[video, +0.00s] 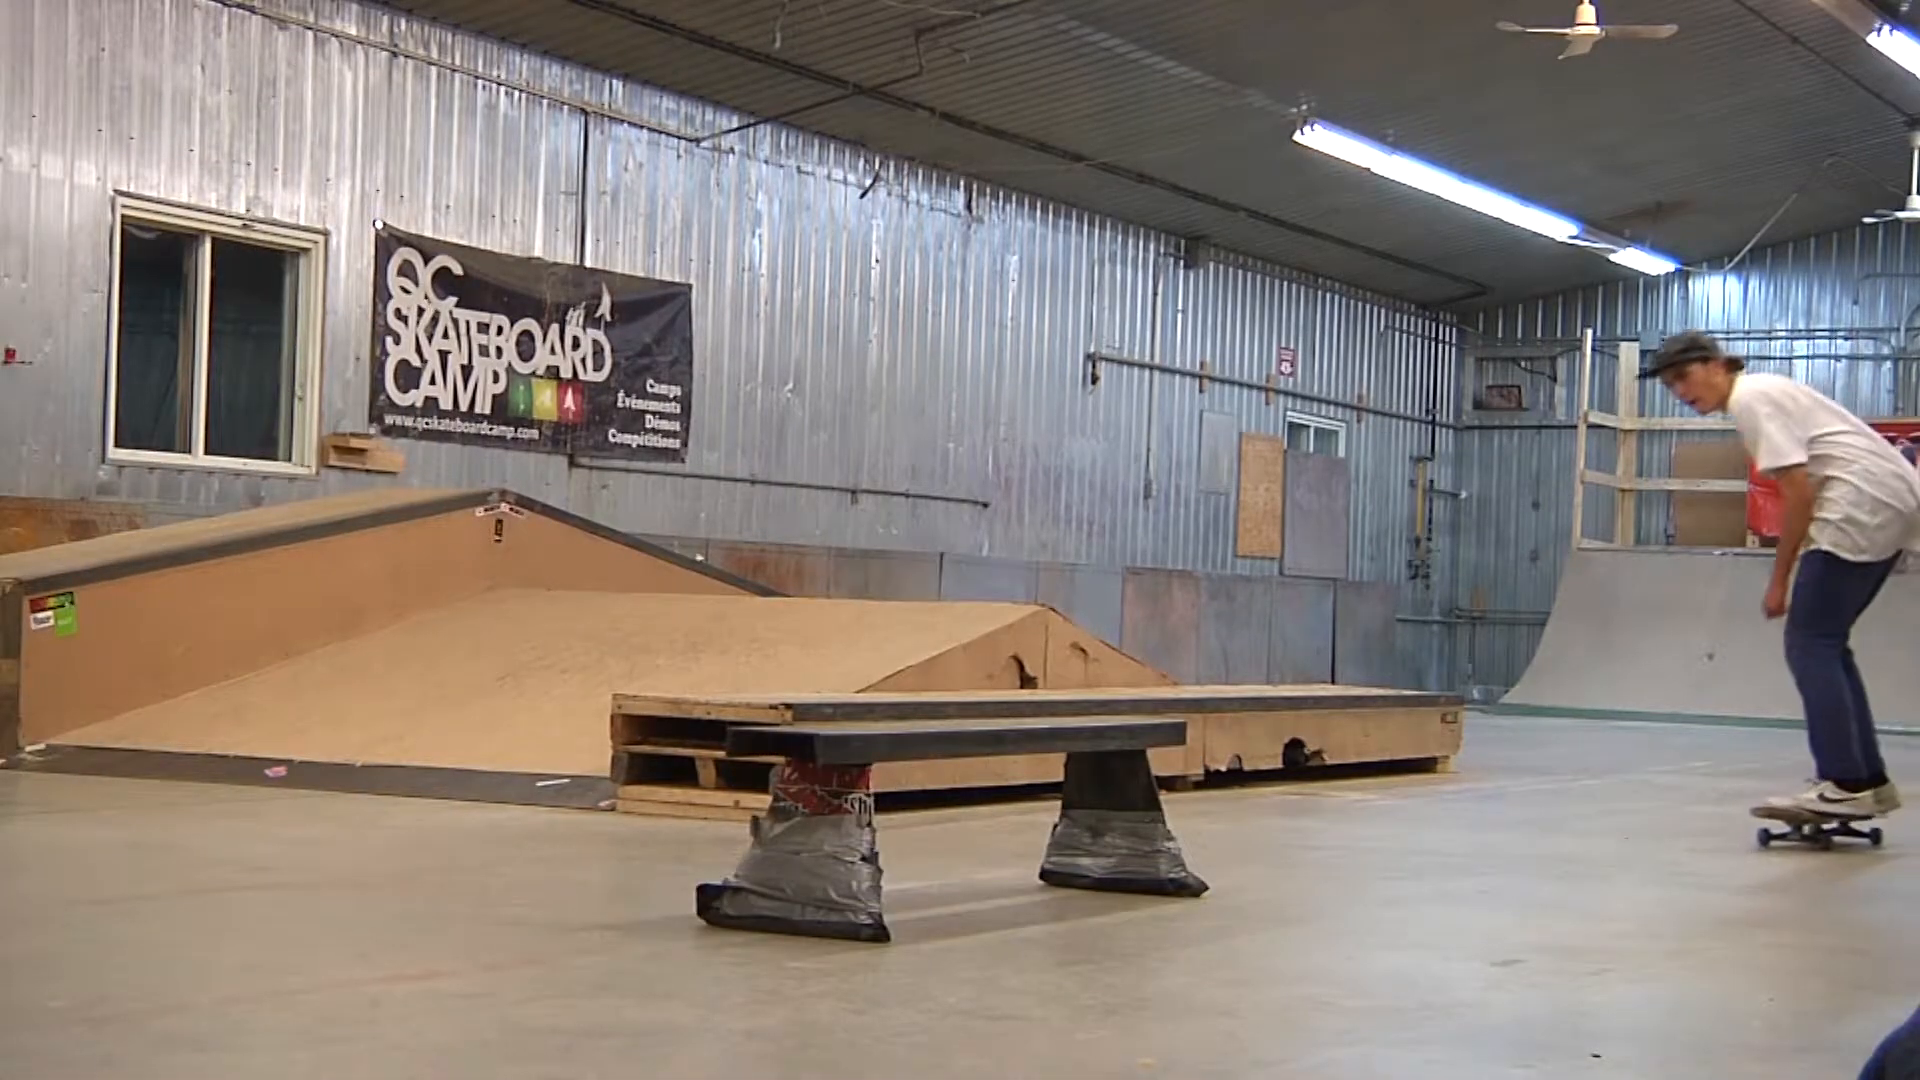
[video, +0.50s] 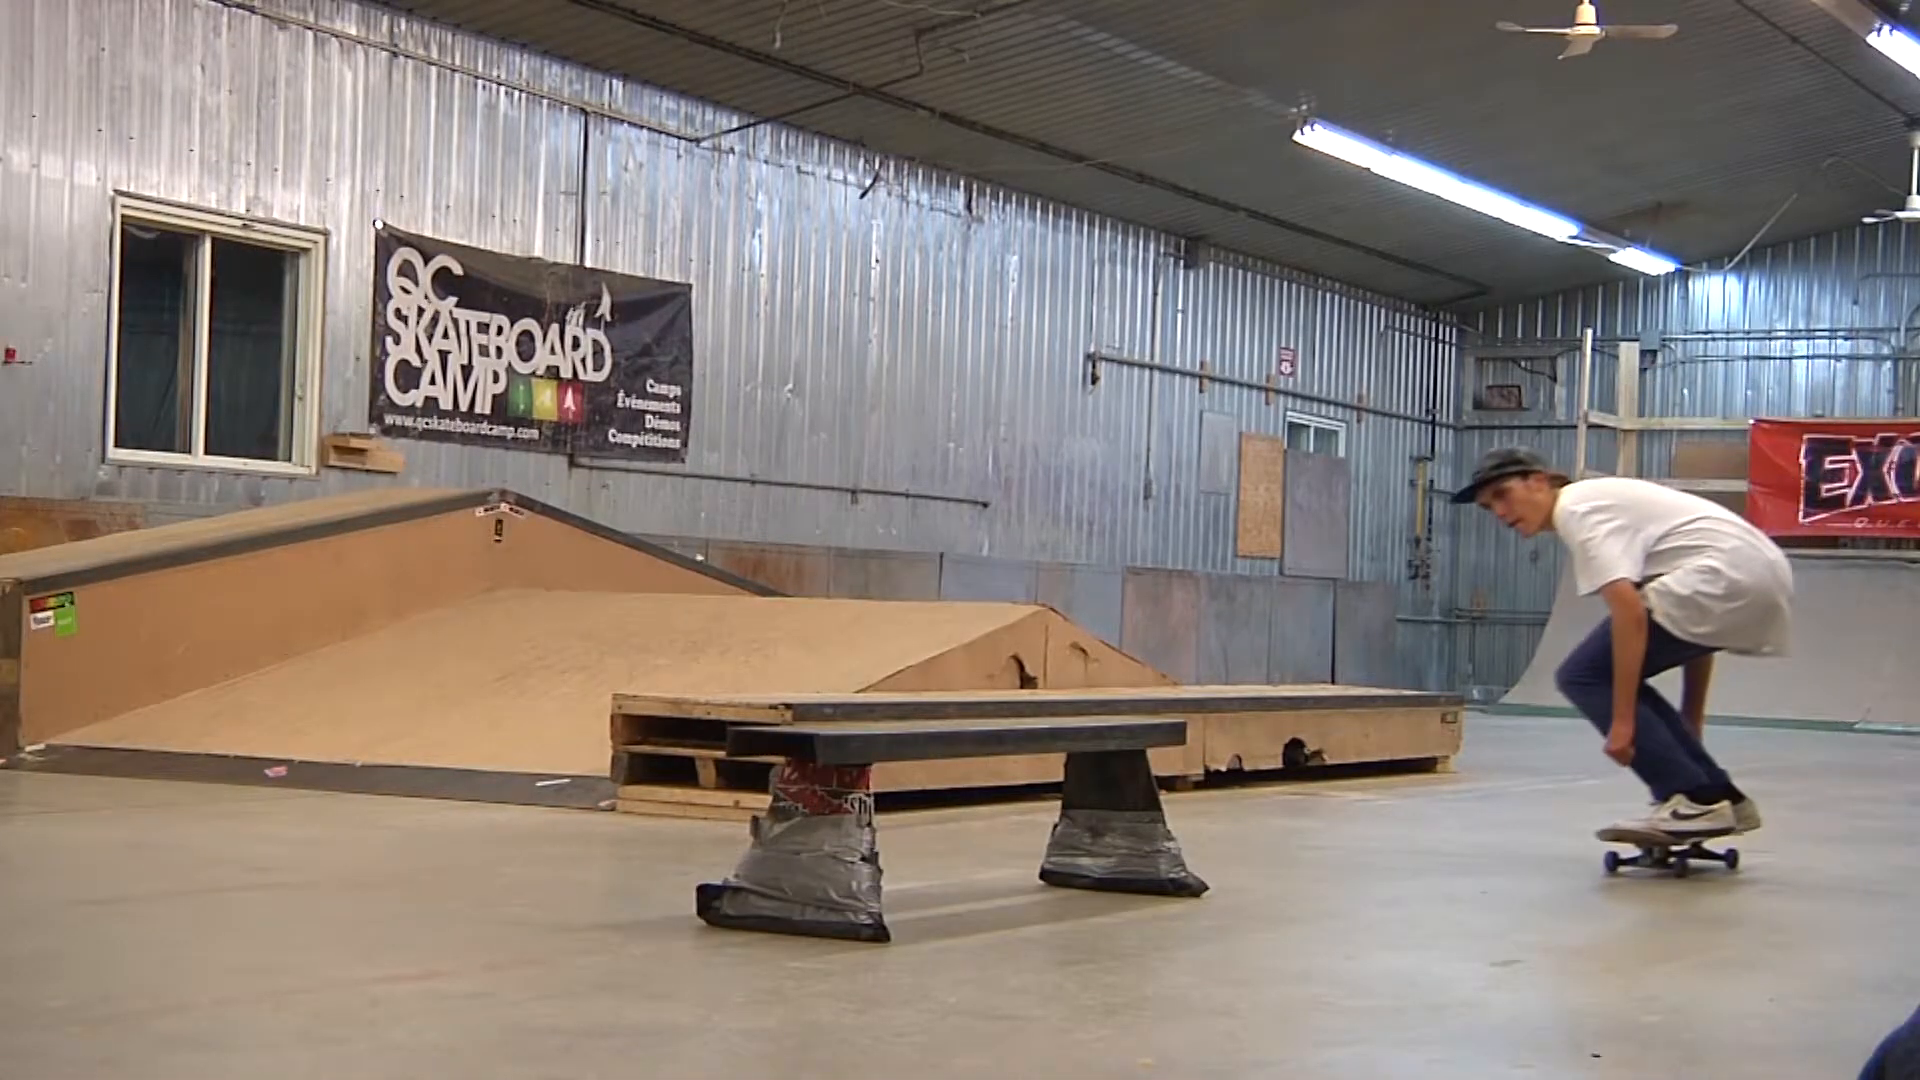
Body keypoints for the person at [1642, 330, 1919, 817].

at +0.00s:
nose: (1681, 393)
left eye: (1684, 377)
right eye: (1673, 385)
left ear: (1715, 364)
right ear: (1719, 372)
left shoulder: (1752, 398)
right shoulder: (1764, 391)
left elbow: (1799, 491)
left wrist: (1779, 579)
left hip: (1861, 505)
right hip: (1885, 501)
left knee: (1807, 643)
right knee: (1826, 642)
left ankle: (1845, 785)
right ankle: (1867, 781)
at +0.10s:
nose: (1644, 426)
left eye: (1647, 410)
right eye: (1635, 419)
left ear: (1679, 397)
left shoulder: (1716, 428)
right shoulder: (1731, 421)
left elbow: (1755, 534)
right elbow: (1765, 534)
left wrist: (1742, 626)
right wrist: (1749, 623)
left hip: (1840, 517)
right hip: (1873, 513)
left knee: (1772, 651)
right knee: (1795, 650)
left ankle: (1819, 793)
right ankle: (1841, 790)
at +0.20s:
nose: (1610, 458)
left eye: (1612, 442)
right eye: (1602, 451)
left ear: (1645, 427)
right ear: (1649, 433)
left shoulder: (1685, 456)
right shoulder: (1699, 450)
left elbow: (1723, 565)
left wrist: (1709, 662)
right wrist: (1776, 675)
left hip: (1820, 526)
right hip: (1849, 523)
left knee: (1730, 653)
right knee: (1749, 655)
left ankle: (1789, 793)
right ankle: (1810, 791)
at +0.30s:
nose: (1574, 481)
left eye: (1577, 464)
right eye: (1566, 475)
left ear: (1612, 449)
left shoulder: (1650, 477)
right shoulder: (1670, 469)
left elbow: (1694, 583)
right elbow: (1747, 601)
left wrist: (1681, 686)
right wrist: (1750, 690)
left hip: (1790, 547)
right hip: (1821, 543)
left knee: (1669, 660)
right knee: (1701, 661)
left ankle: (1759, 795)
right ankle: (1779, 794)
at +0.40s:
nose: (1539, 501)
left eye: (1541, 483)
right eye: (1530, 495)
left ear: (1575, 466)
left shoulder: (1613, 493)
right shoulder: (1637, 485)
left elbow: (1662, 599)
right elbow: (1724, 621)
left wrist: (1651, 707)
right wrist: (1722, 712)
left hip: (1755, 566)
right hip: (1788, 563)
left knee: (1623, 670)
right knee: (1659, 670)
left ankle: (1728, 798)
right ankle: (1749, 796)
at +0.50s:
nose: (1501, 515)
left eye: (1503, 496)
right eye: (1491, 507)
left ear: (1538, 481)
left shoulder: (1575, 506)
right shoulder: (1605, 498)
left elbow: (1630, 610)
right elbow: (1699, 630)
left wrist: (1622, 721)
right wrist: (1691, 724)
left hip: (1718, 579)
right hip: (1758, 578)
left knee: (1580, 677)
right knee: (1622, 682)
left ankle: (1692, 798)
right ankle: (1718, 798)